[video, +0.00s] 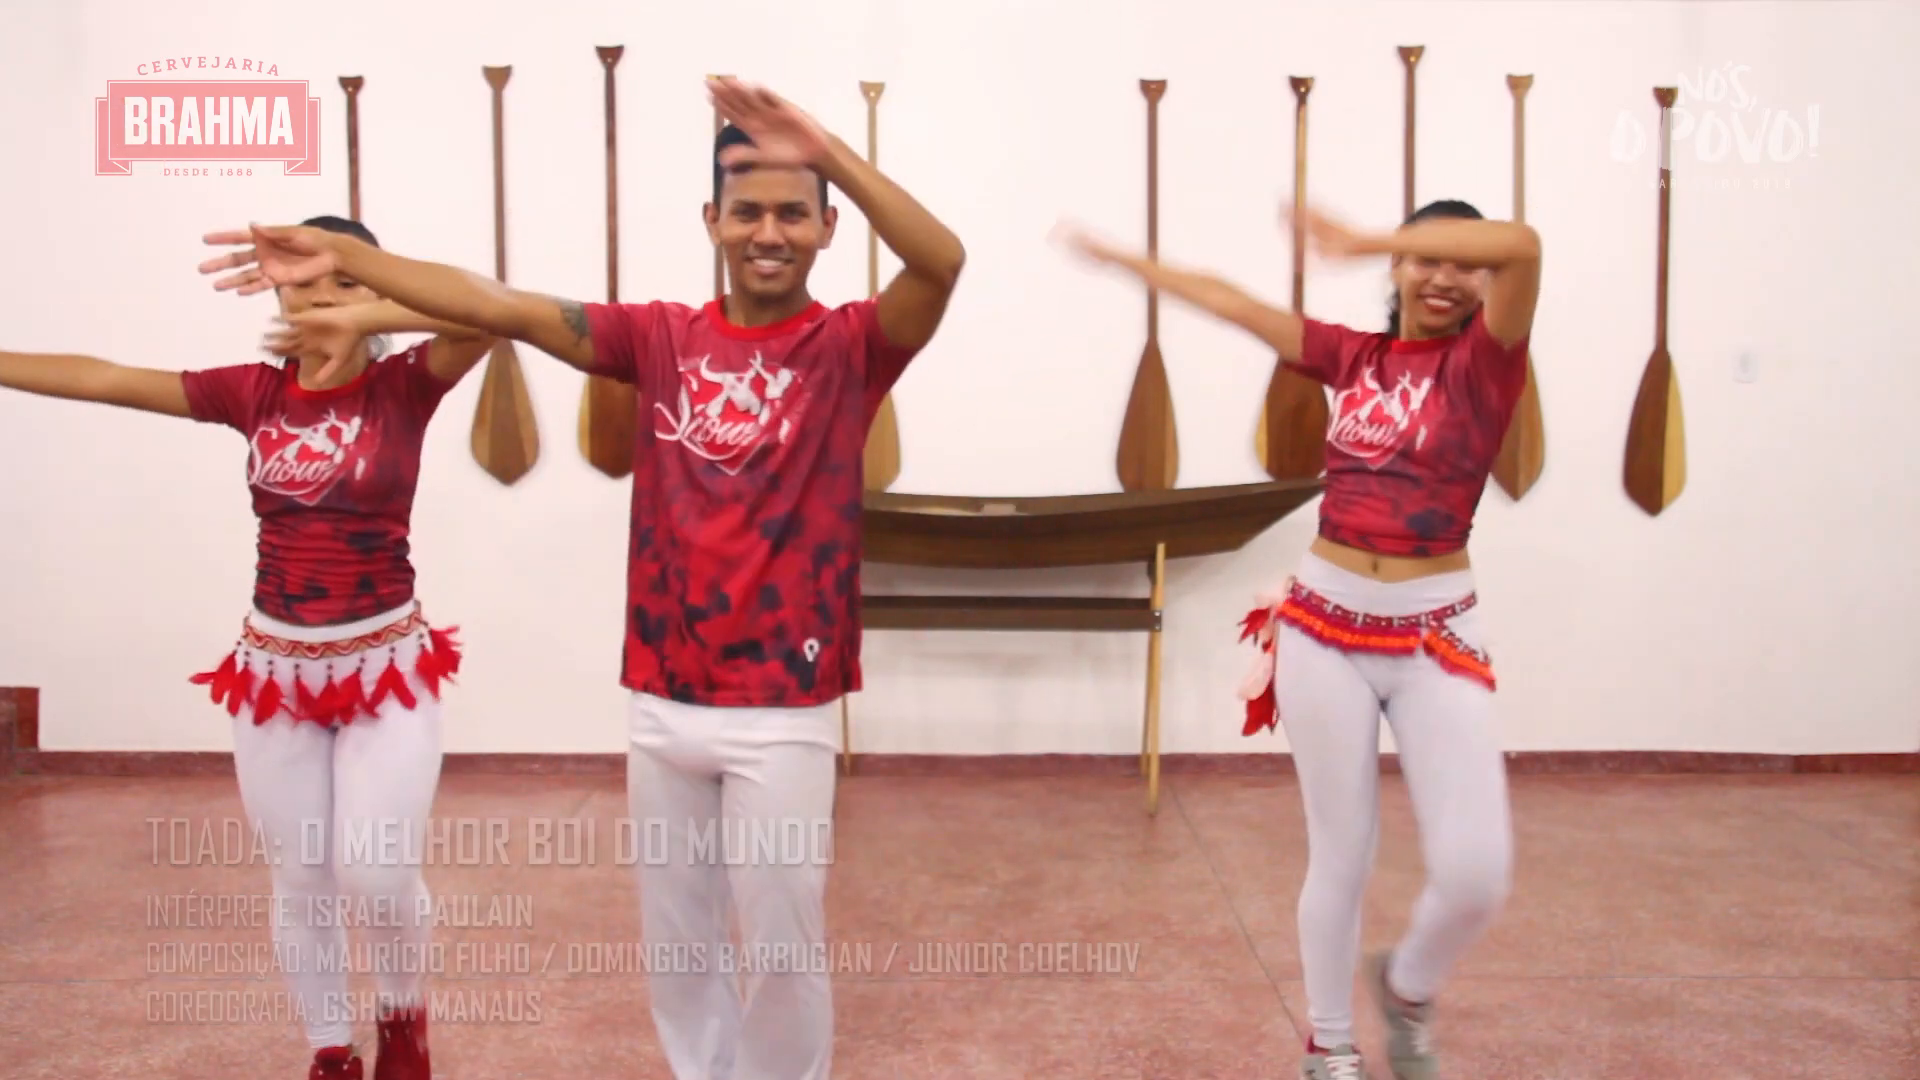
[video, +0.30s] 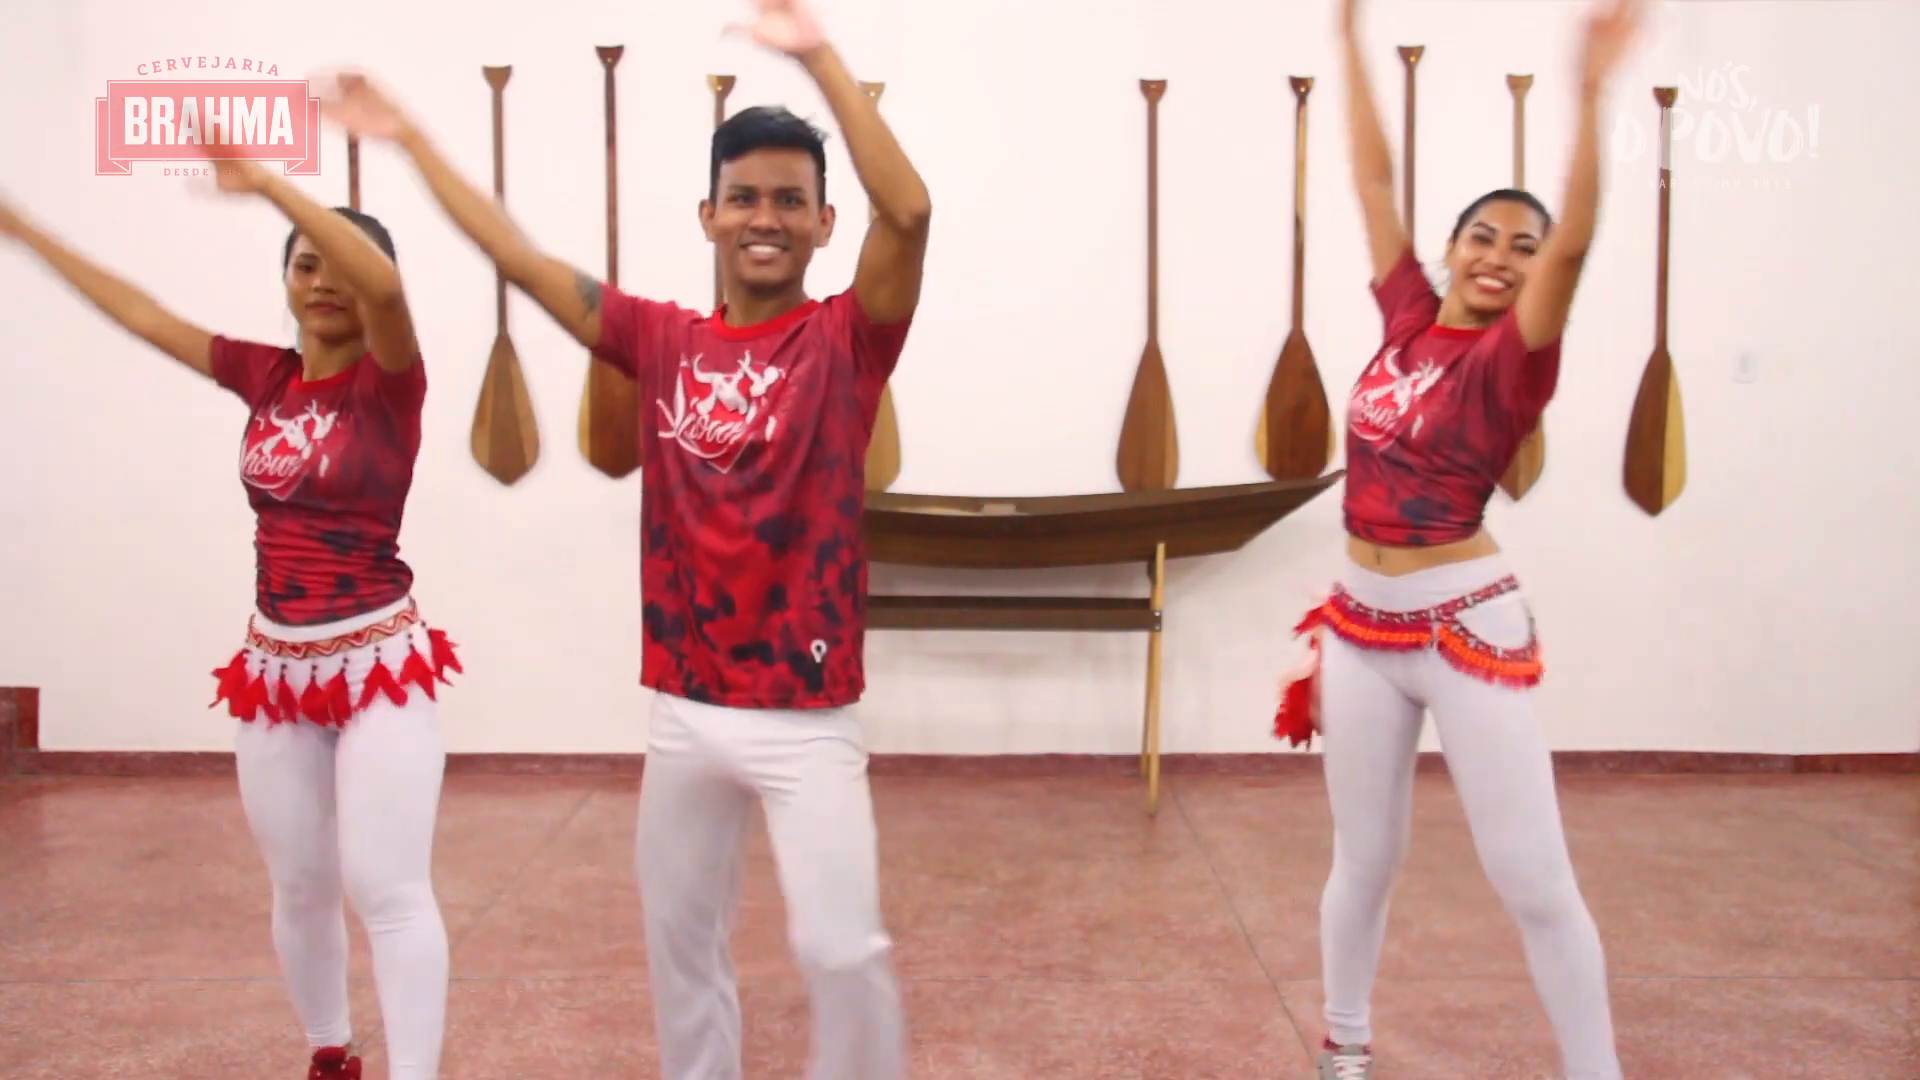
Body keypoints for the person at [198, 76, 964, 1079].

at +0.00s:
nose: (769, 232)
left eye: (791, 214)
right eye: (749, 212)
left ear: (822, 231)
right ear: (714, 226)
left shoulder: (851, 346)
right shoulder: (664, 334)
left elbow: (941, 262)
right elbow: (494, 305)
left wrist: (831, 154)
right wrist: (348, 253)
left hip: (786, 710)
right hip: (665, 703)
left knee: (779, 955)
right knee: (682, 955)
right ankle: (706, 1074)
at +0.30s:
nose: (763, 219)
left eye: (786, 200)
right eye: (741, 198)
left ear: (824, 224)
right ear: (708, 217)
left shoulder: (848, 340)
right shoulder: (664, 340)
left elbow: (906, 215)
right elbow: (521, 258)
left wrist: (819, 52)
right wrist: (409, 134)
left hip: (810, 725)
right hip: (687, 716)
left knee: (843, 954)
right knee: (684, 961)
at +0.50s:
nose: (802, 225)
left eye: (825, 208)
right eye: (778, 207)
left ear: (861, 236)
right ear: (745, 234)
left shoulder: (886, 356)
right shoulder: (713, 349)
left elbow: (955, 237)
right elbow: (599, 223)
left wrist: (957, 63)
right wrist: (540, 57)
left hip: (843, 751)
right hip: (714, 742)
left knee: (927, 1008)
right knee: (701, 997)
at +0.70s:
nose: (867, 217)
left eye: (892, 195)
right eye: (844, 199)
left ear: (937, 217)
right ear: (816, 222)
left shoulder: (975, 348)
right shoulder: (792, 342)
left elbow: (1063, 244)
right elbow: (684, 206)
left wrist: (1115, 91)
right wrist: (653, 38)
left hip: (942, 760)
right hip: (804, 748)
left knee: (994, 1026)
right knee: (734, 983)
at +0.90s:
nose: (913, 204)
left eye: (940, 180)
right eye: (892, 184)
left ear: (996, 198)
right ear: (871, 201)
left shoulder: (1040, 337)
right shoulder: (853, 320)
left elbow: (1157, 260)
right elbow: (746, 189)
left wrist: (1244, 128)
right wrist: (739, 27)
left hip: (1004, 759)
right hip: (871, 743)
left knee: (1026, 1030)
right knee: (796, 973)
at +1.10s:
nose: (894, 201)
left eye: (916, 177)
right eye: (893, 181)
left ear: (999, 187)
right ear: (893, 191)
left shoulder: (1068, 341)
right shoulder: (885, 311)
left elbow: (1197, 328)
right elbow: (770, 205)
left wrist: (1328, 281)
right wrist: (809, 126)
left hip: (1027, 764)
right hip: (898, 750)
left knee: (1045, 1037)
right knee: (870, 1005)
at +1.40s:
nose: (913, 190)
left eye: (930, 167)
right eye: (922, 168)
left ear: (981, 185)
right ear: (987, 188)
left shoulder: (1070, 340)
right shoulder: (911, 309)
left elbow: (1149, 271)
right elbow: (804, 222)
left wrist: (1221, 171)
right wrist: (778, 76)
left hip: (1018, 765)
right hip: (896, 742)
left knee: (1019, 1043)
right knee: (846, 978)